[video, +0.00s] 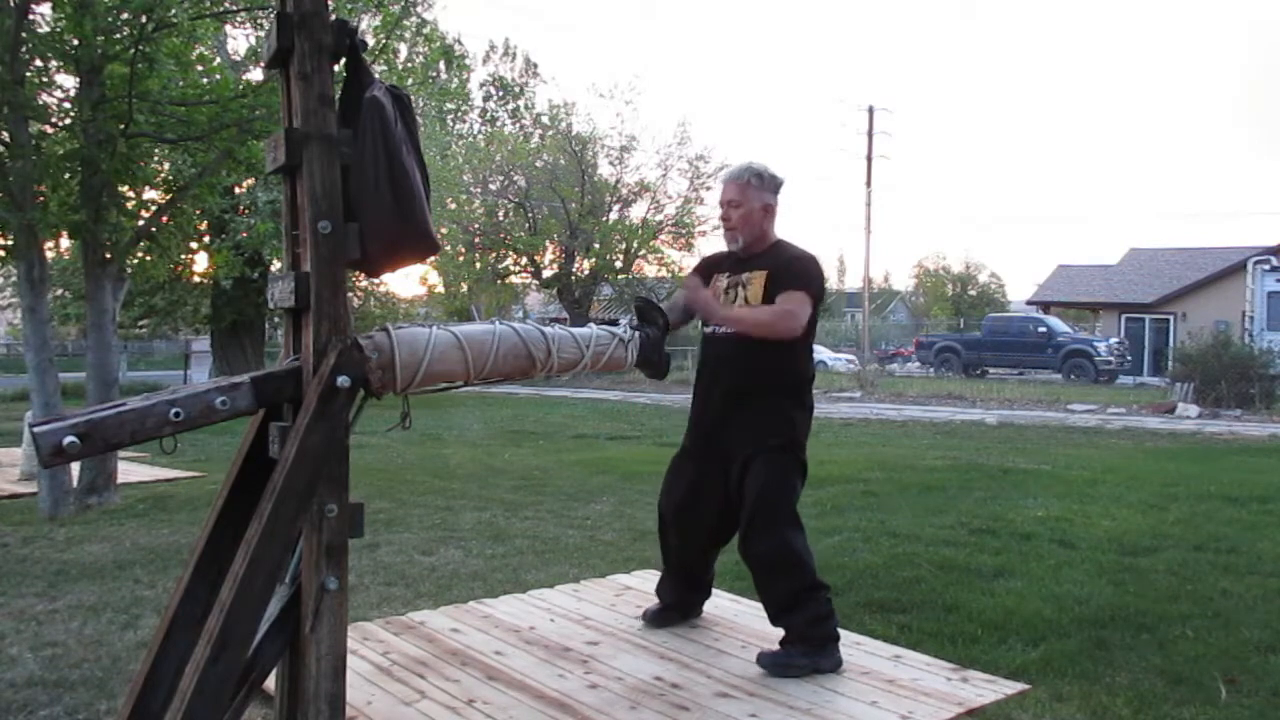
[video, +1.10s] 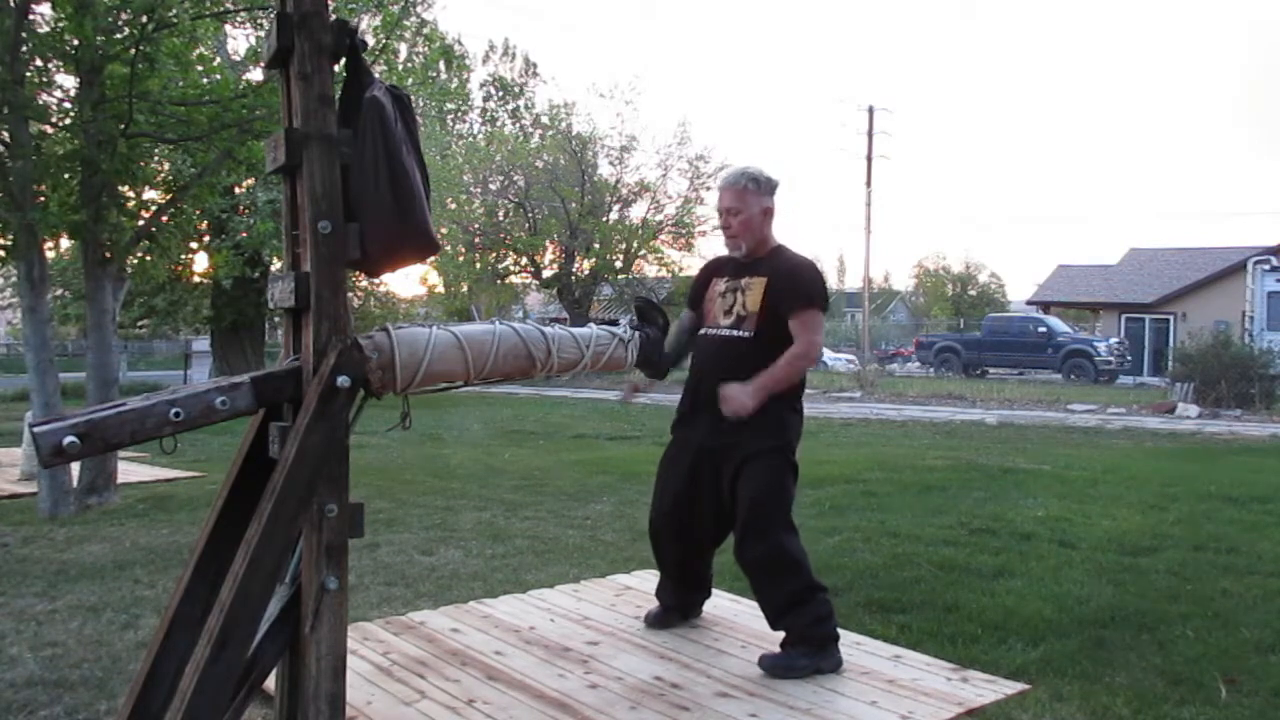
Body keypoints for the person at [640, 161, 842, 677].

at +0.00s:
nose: (725, 216)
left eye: (736, 207)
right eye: (722, 207)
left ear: (770, 210)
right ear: (722, 208)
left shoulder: (797, 265)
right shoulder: (712, 268)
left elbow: (791, 321)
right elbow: (678, 312)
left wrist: (718, 314)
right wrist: (656, 320)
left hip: (772, 426)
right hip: (712, 421)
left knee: (767, 528)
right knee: (681, 508)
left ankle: (815, 642)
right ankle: (682, 597)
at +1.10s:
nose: (727, 222)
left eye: (737, 213)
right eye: (722, 213)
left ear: (768, 213)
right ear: (718, 212)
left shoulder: (796, 274)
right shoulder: (712, 273)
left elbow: (808, 348)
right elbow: (683, 332)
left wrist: (755, 389)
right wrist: (658, 359)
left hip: (762, 425)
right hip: (700, 419)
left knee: (762, 533)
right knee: (674, 514)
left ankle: (815, 642)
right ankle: (682, 598)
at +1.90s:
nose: (717, 224)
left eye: (729, 215)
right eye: (714, 214)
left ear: (761, 217)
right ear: (710, 216)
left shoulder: (794, 281)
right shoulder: (694, 281)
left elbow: (820, 354)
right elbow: (652, 342)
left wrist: (830, 422)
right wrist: (616, 395)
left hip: (768, 440)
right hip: (702, 436)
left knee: (785, 538)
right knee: (678, 523)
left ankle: (818, 652)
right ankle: (684, 603)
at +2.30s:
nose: (769, 209)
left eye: (782, 200)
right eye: (769, 198)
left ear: (821, 204)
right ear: (774, 201)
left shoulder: (862, 267)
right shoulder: (754, 271)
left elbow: (871, 329)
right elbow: (721, 330)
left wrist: (806, 332)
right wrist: (725, 356)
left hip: (830, 432)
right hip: (760, 428)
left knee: (815, 535)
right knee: (730, 519)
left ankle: (821, 666)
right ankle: (734, 613)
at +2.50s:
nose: (786, 202)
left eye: (797, 192)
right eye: (784, 192)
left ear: (836, 196)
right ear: (786, 194)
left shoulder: (872, 258)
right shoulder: (781, 255)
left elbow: (825, 307)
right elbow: (728, 295)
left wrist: (760, 278)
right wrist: (706, 267)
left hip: (840, 431)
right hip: (769, 418)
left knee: (827, 547)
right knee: (717, 463)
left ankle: (823, 667)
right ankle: (745, 593)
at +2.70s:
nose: (791, 199)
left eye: (803, 189)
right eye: (791, 188)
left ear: (842, 191)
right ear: (813, 191)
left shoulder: (873, 255)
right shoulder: (790, 248)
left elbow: (802, 304)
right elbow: (724, 256)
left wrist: (750, 279)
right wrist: (662, 230)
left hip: (824, 421)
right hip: (768, 393)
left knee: (804, 538)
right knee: (702, 348)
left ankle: (823, 664)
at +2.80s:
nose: (796, 201)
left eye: (807, 190)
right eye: (794, 191)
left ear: (847, 192)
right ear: (802, 193)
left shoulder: (875, 255)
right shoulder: (797, 247)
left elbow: (798, 303)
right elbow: (727, 248)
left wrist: (751, 276)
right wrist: (654, 231)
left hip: (821, 421)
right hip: (763, 385)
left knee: (804, 540)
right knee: (670, 358)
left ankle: (822, 666)